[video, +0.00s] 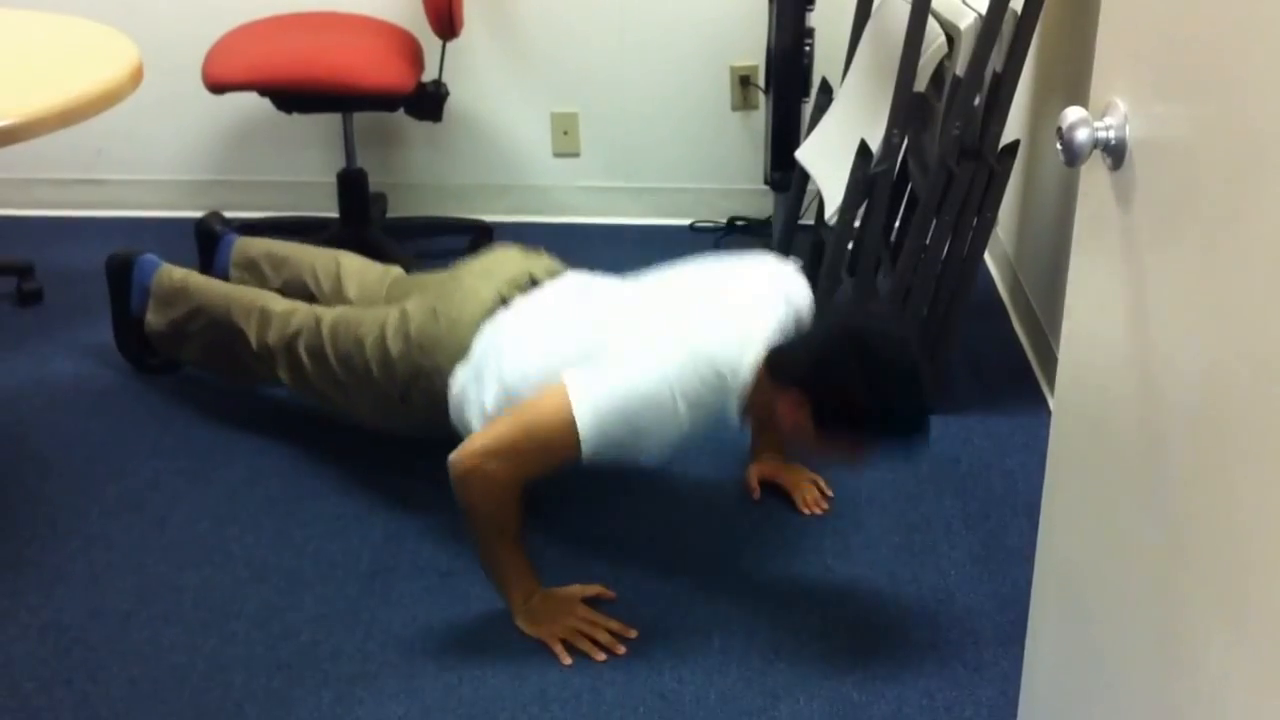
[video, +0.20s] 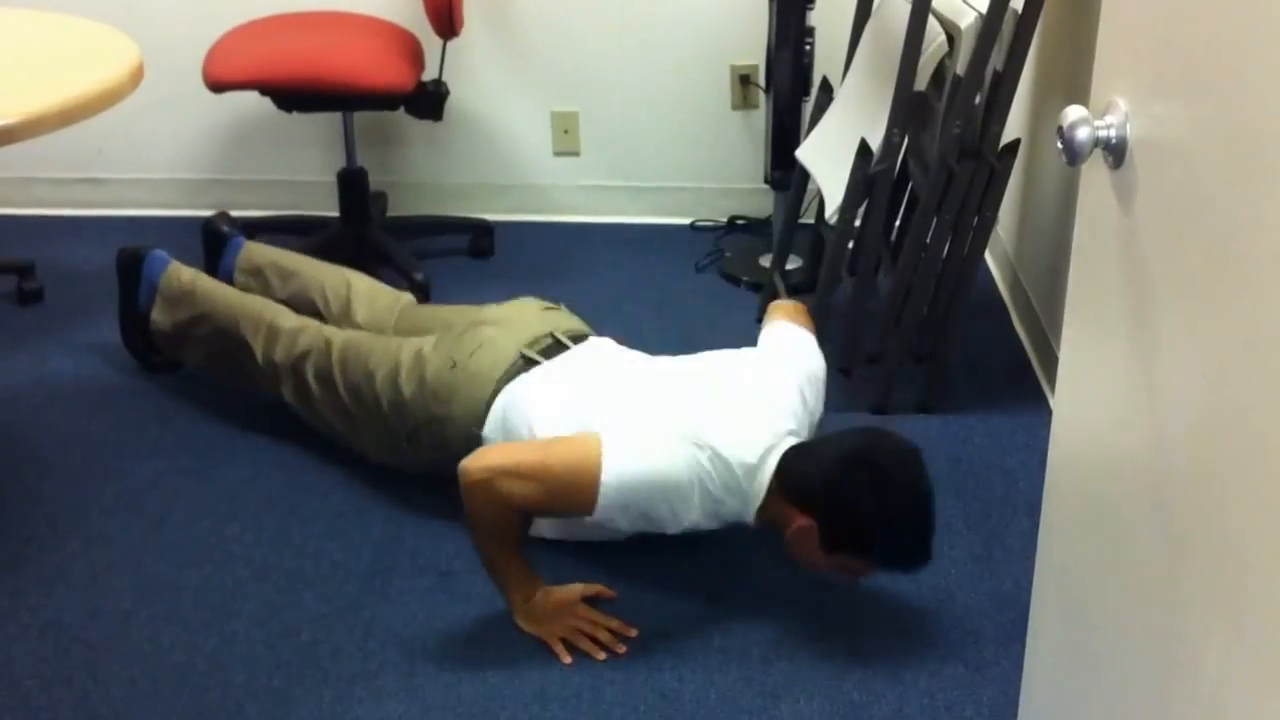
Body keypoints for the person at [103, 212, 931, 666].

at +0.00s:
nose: (829, 452)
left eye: (845, 449)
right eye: (837, 443)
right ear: (800, 404)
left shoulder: (782, 287)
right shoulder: (669, 383)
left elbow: (757, 371)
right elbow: (478, 468)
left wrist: (764, 446)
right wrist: (529, 600)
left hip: (529, 277)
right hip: (463, 358)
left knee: (374, 283)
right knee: (292, 344)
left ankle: (233, 245)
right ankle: (154, 299)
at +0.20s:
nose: (838, 572)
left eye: (854, 564)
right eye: (845, 561)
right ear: (812, 526)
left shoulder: (799, 385)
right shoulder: (679, 476)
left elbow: (787, 306)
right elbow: (485, 480)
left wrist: (771, 463)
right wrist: (528, 596)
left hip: (557, 332)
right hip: (479, 395)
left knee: (398, 315)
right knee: (304, 357)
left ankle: (247, 253)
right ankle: (166, 294)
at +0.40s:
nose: (846, 465)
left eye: (861, 460)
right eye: (849, 454)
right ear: (801, 411)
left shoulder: (789, 293)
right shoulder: (664, 392)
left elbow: (766, 368)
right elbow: (480, 471)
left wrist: (768, 441)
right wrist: (530, 597)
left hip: (539, 276)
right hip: (476, 351)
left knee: (378, 280)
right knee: (303, 341)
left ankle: (240, 246)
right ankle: (165, 299)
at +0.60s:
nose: (848, 341)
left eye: (866, 328)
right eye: (847, 323)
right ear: (792, 279)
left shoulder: (780, 208)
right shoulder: (640, 293)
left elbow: (773, 325)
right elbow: (527, 437)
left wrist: (770, 448)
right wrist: (528, 590)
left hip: (531, 216)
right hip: (469, 286)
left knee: (382, 260)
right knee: (310, 316)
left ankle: (248, 243)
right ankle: (170, 296)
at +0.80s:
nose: (854, 425)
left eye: (870, 414)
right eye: (854, 410)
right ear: (805, 366)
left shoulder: (792, 266)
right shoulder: (674, 360)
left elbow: (773, 353)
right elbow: (486, 458)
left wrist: (768, 444)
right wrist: (531, 597)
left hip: (536, 257)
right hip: (469, 331)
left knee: (382, 278)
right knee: (306, 338)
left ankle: (248, 246)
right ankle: (170, 298)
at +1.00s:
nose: (841, 570)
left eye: (858, 562)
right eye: (848, 560)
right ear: (812, 526)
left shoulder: (804, 378)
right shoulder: (682, 473)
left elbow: (793, 305)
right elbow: (486, 482)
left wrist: (777, 460)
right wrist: (529, 596)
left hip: (561, 321)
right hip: (480, 389)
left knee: (404, 307)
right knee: (307, 353)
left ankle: (252, 250)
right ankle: (171, 294)